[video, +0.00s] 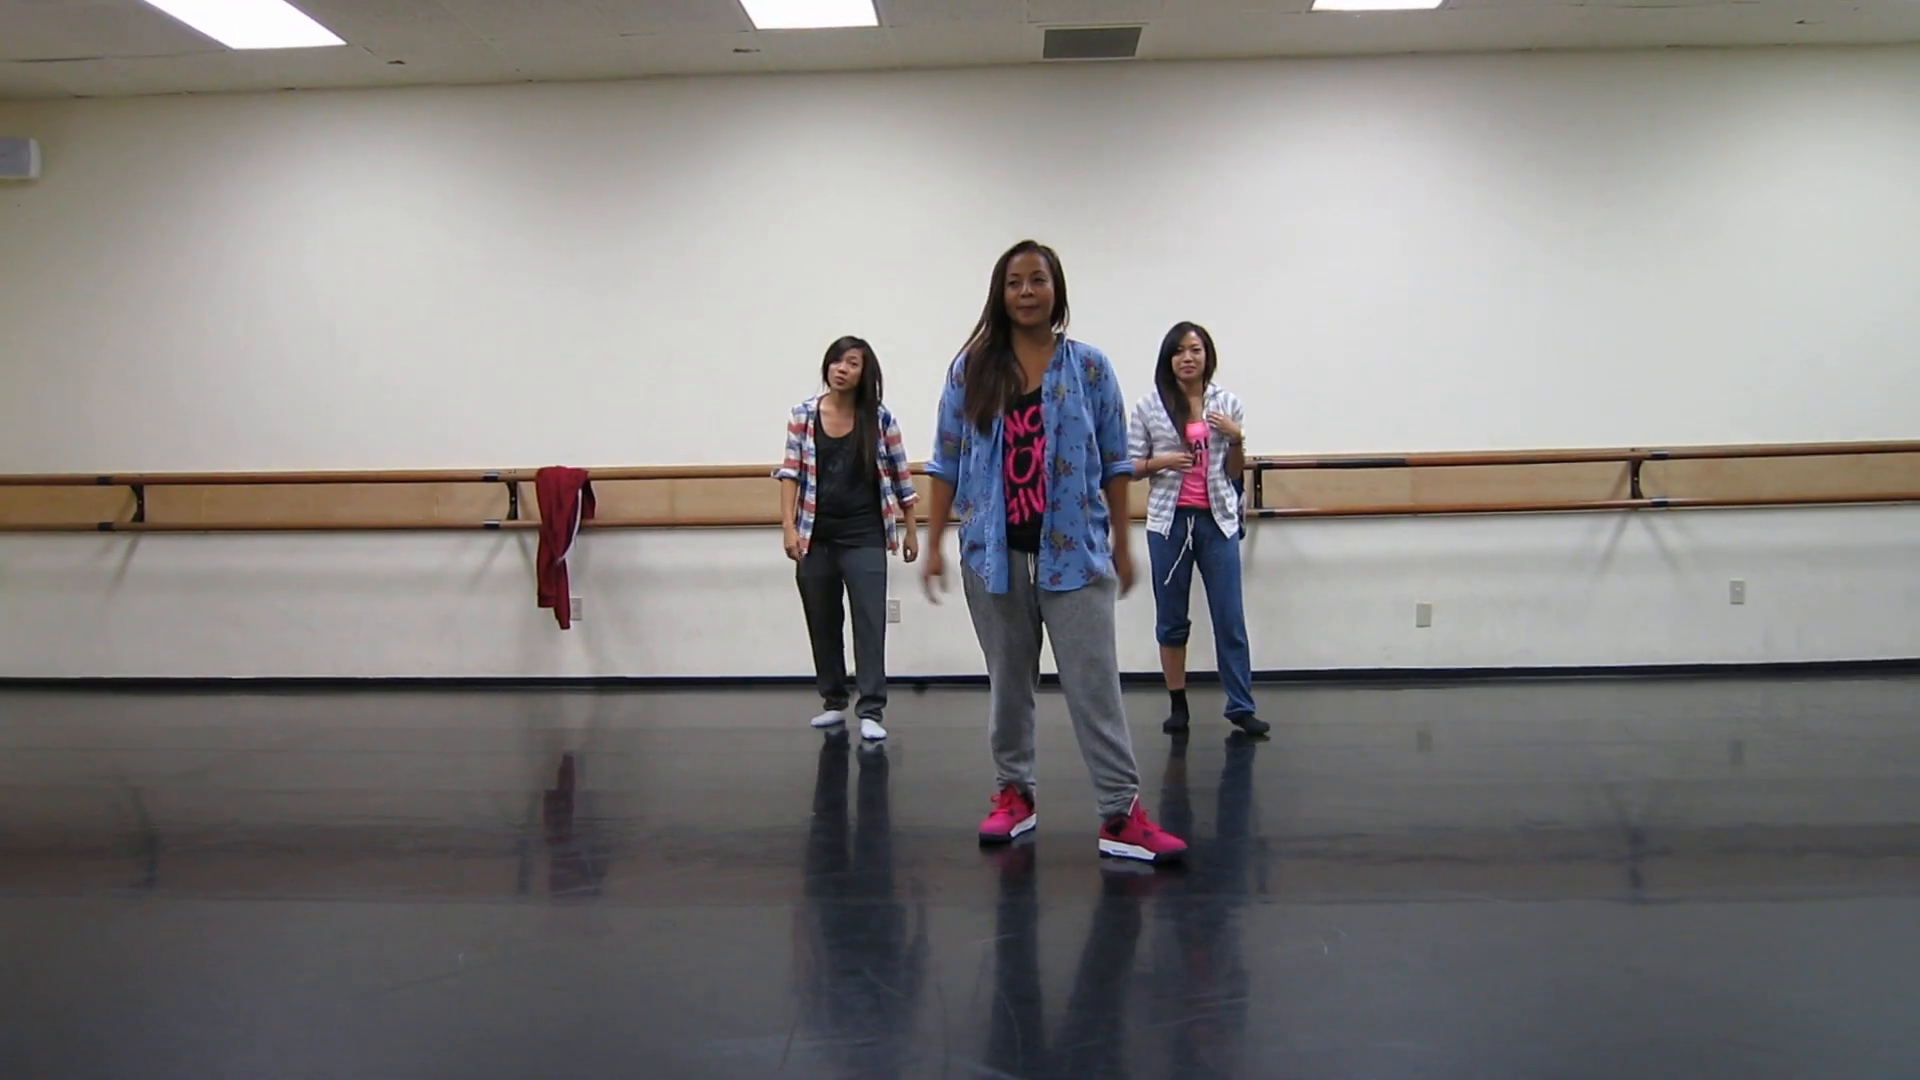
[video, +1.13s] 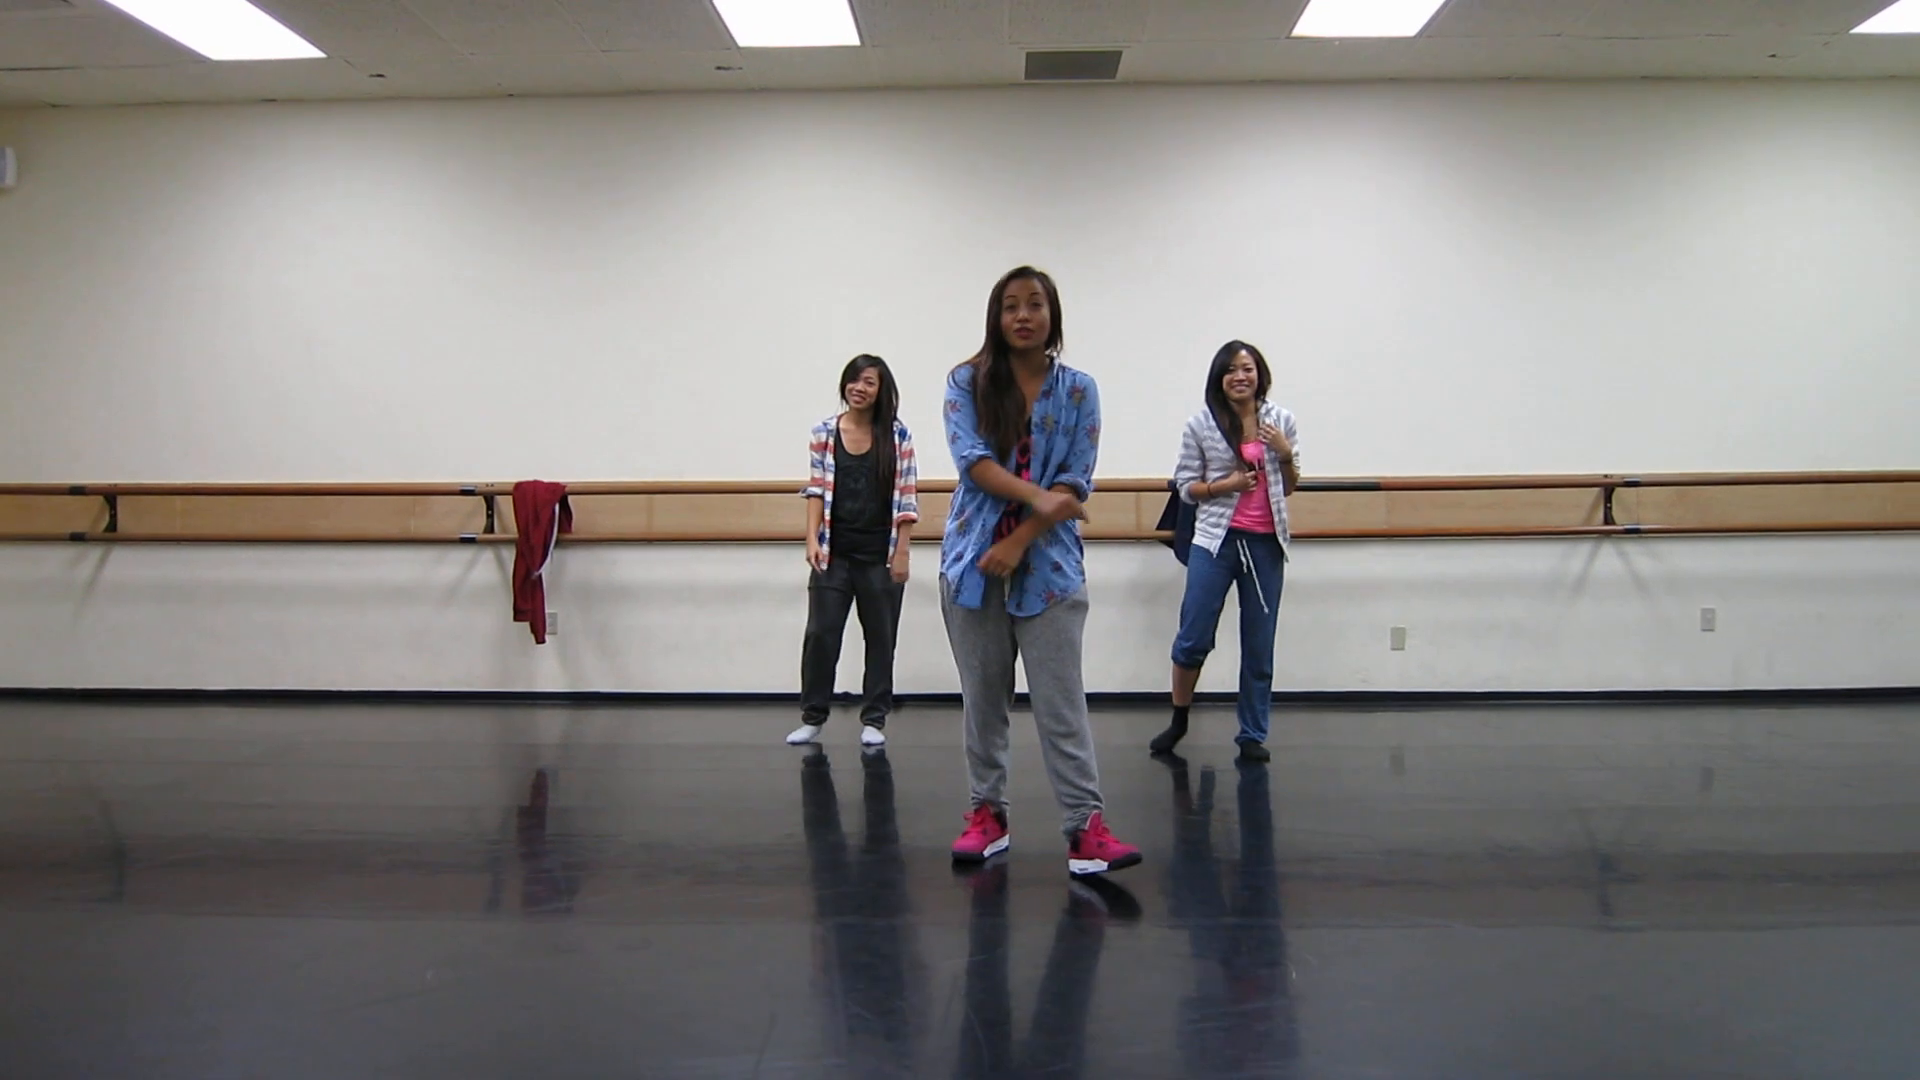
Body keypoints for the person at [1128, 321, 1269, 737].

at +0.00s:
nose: (1188, 358)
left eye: (1196, 350)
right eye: (1180, 351)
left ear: (1209, 356)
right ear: (1168, 359)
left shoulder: (1227, 403)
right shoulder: (1148, 408)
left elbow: (1234, 473)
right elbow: (1130, 467)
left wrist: (1236, 439)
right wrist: (1162, 460)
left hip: (1217, 519)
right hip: (1168, 521)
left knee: (1230, 618)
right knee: (1172, 619)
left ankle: (1241, 708)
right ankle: (1178, 705)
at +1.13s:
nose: (1240, 376)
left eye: (1248, 369)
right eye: (1232, 370)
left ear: (1260, 375)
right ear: (1219, 379)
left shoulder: (1279, 420)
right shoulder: (1201, 424)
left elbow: (1291, 487)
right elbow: (1186, 488)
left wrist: (1285, 454)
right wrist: (1227, 484)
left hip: (1265, 541)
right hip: (1214, 539)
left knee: (1259, 646)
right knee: (1193, 636)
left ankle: (1253, 738)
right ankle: (1179, 721)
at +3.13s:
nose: (1198, 390)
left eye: (1206, 383)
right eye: (1190, 383)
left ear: (1217, 392)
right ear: (1176, 392)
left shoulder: (1232, 441)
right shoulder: (1161, 441)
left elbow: (1248, 506)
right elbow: (1136, 493)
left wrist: (1251, 475)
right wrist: (1159, 477)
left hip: (1224, 553)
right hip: (1174, 553)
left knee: (1252, 650)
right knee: (1174, 653)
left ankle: (1281, 742)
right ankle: (1175, 748)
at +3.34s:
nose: (1216, 391)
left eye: (1223, 385)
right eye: (1207, 385)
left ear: (1234, 392)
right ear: (1193, 393)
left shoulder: (1252, 439)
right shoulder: (1174, 440)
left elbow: (1267, 488)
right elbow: (1160, 496)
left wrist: (1263, 501)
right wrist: (1182, 516)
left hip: (1241, 554)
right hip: (1191, 556)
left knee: (1273, 650)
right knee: (1184, 655)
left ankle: (1304, 742)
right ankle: (1177, 748)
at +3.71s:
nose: (1276, 392)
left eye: (1283, 385)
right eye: (1268, 387)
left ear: (1295, 393)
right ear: (1254, 397)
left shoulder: (1313, 440)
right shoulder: (1236, 448)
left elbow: (1323, 491)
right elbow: (1226, 512)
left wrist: (1333, 504)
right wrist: (1223, 569)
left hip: (1306, 558)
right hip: (1256, 559)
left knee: (1308, 657)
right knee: (1228, 647)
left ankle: (1311, 747)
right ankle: (1200, 745)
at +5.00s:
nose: (1243, 396)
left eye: (1251, 390)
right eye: (1234, 390)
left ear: (1263, 399)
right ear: (1221, 400)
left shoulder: (1282, 448)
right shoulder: (1201, 449)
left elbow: (1296, 509)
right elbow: (1187, 512)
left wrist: (1305, 564)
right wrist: (1187, 569)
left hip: (1265, 567)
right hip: (1214, 566)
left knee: (1283, 661)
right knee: (1206, 665)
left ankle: (1297, 746)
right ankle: (1203, 754)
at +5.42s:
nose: (1233, 397)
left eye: (1240, 390)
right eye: (1223, 393)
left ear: (1253, 399)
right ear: (1210, 406)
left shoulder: (1275, 445)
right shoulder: (1198, 450)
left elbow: (1303, 484)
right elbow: (1171, 487)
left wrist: (1322, 512)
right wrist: (1156, 520)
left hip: (1262, 579)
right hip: (1209, 577)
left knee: (1270, 679)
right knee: (1201, 676)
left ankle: (1270, 780)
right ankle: (1200, 751)